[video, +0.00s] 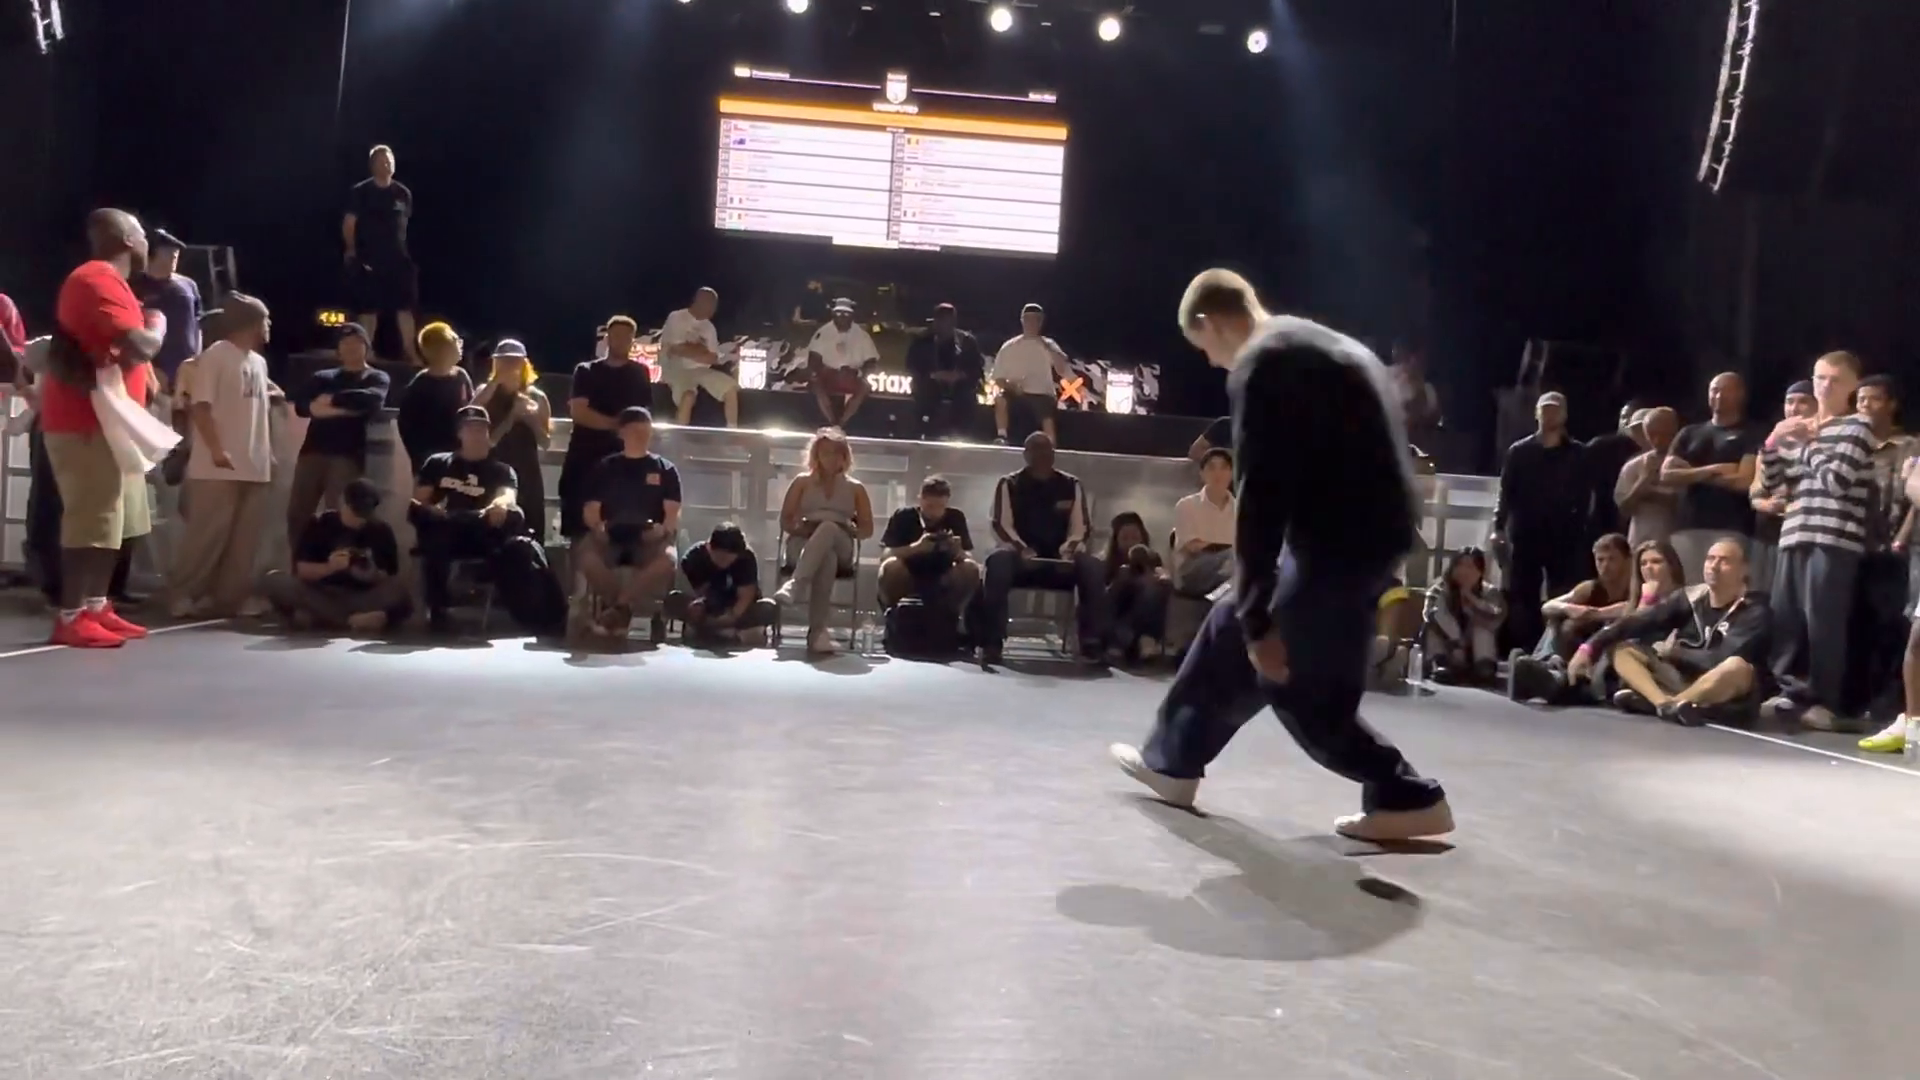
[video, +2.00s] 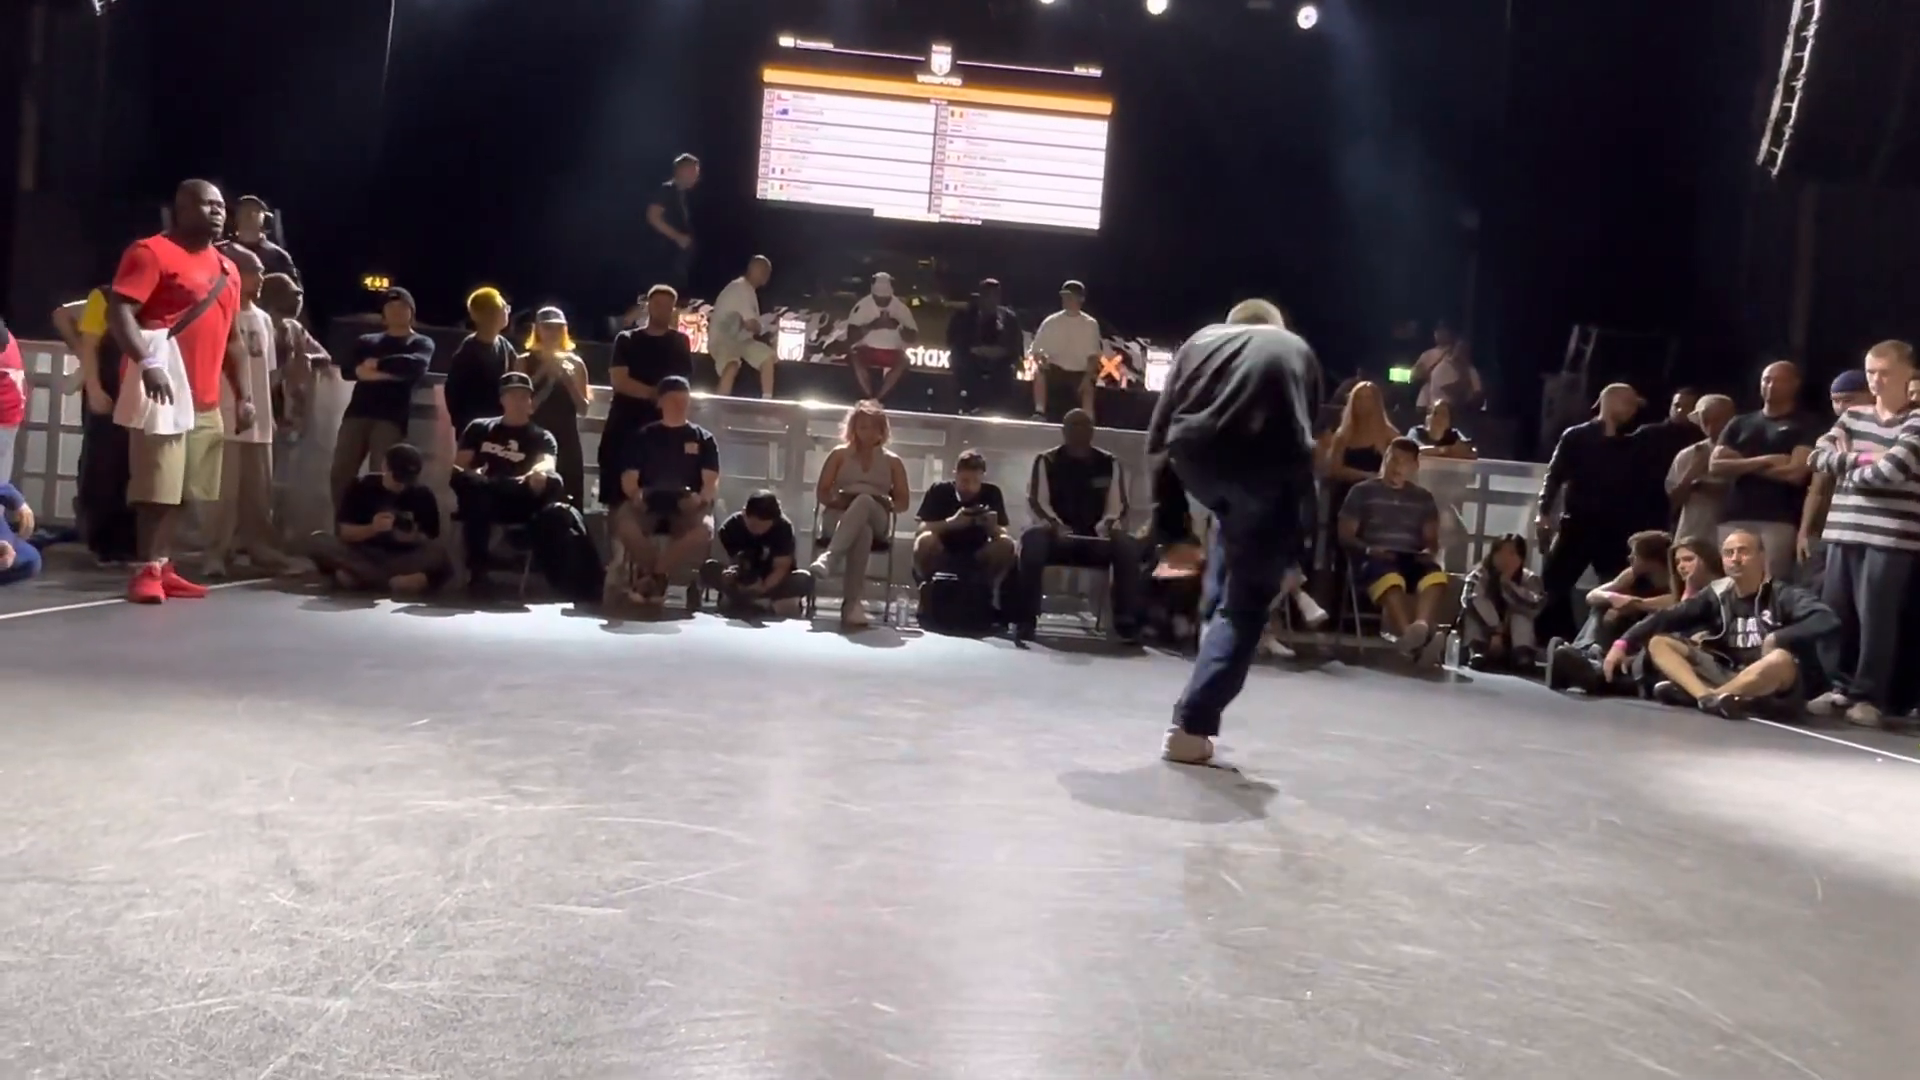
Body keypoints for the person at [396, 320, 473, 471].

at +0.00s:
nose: (460, 343)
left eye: (457, 338)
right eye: (454, 340)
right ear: (441, 350)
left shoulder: (461, 376)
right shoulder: (416, 388)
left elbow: (470, 413)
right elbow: (406, 427)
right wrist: (420, 461)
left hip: (461, 456)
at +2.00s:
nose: (509, 309)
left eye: (505, 305)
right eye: (503, 306)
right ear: (489, 314)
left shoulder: (505, 347)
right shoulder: (466, 354)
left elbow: (512, 384)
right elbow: (452, 389)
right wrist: (461, 424)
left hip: (501, 425)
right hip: (471, 427)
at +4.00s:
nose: (512, 302)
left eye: (509, 298)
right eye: (507, 299)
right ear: (493, 307)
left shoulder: (509, 340)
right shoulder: (469, 347)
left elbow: (518, 377)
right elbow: (457, 385)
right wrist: (467, 419)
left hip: (505, 417)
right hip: (475, 421)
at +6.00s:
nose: (484, 319)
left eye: (491, 314)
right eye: (481, 313)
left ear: (503, 320)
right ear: (475, 315)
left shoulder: (511, 352)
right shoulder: (455, 346)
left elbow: (514, 391)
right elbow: (445, 383)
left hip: (494, 426)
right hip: (457, 423)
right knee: (452, 487)